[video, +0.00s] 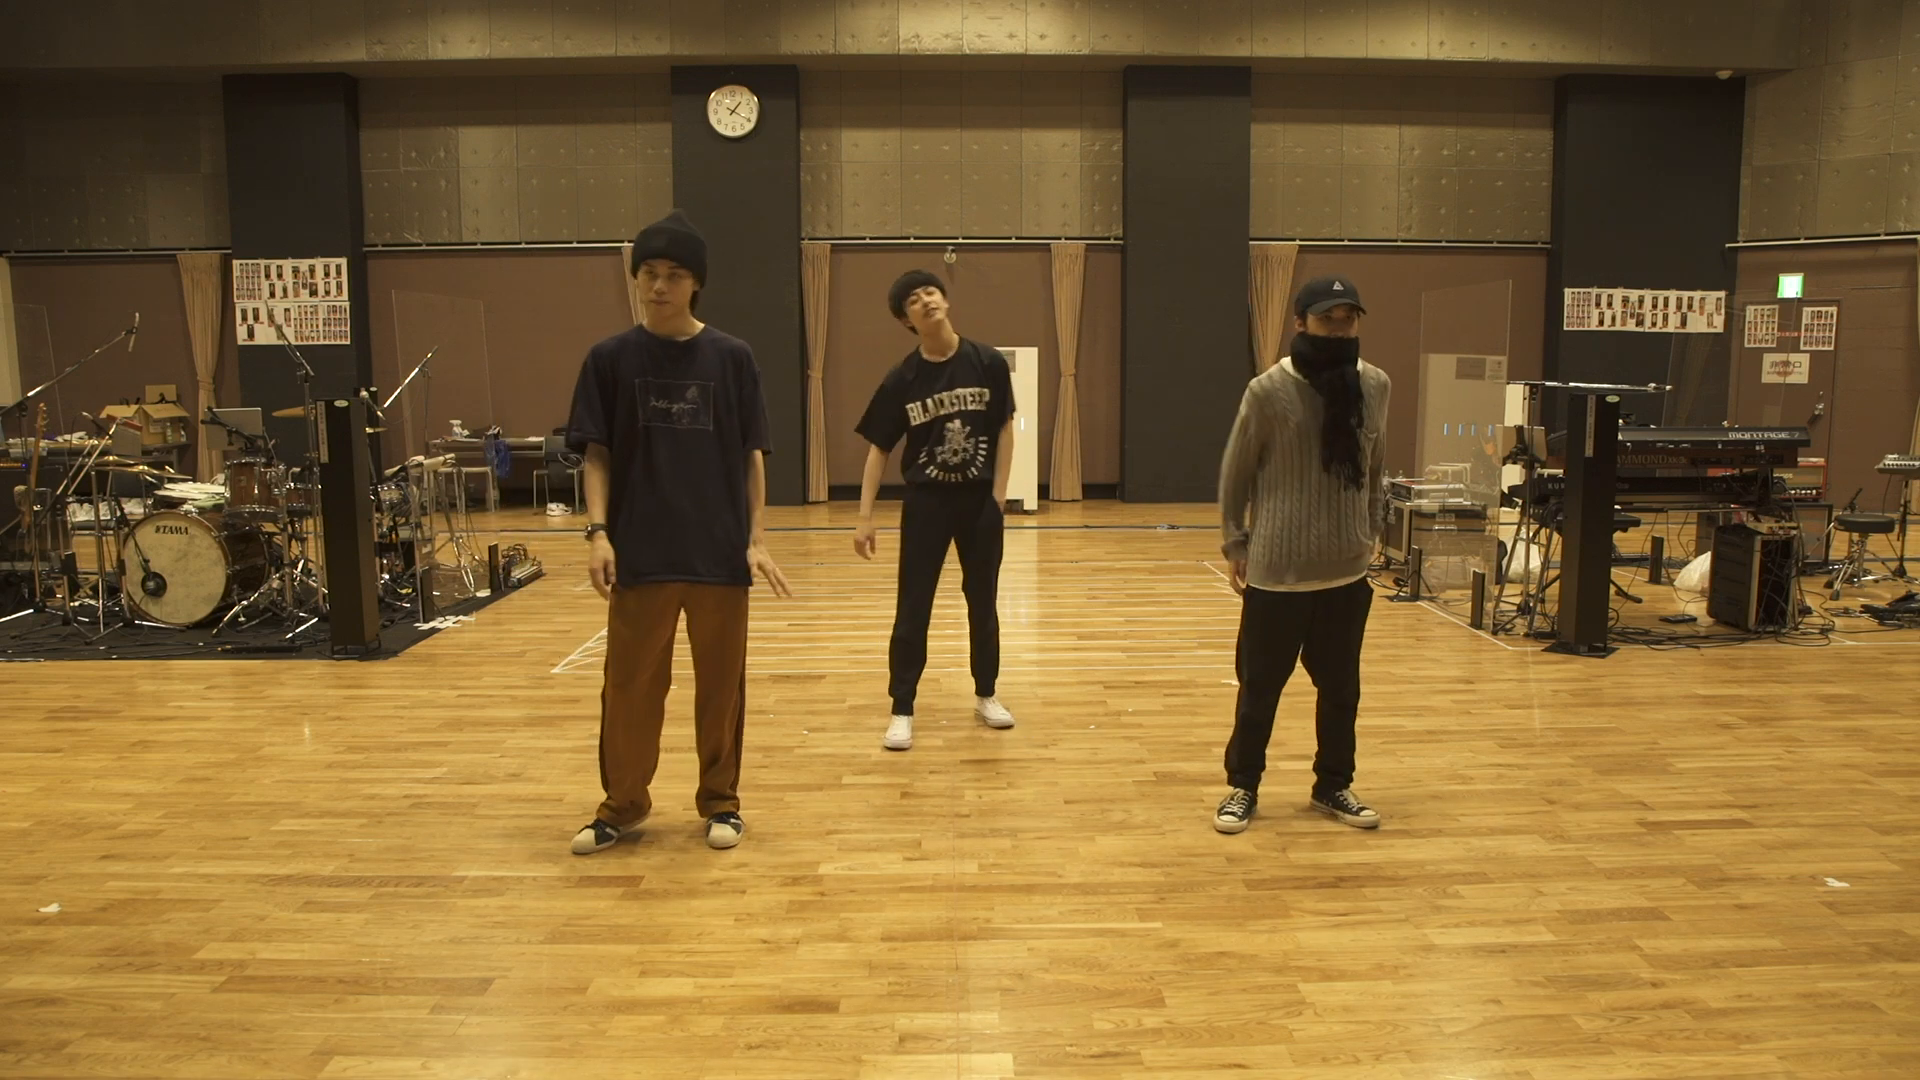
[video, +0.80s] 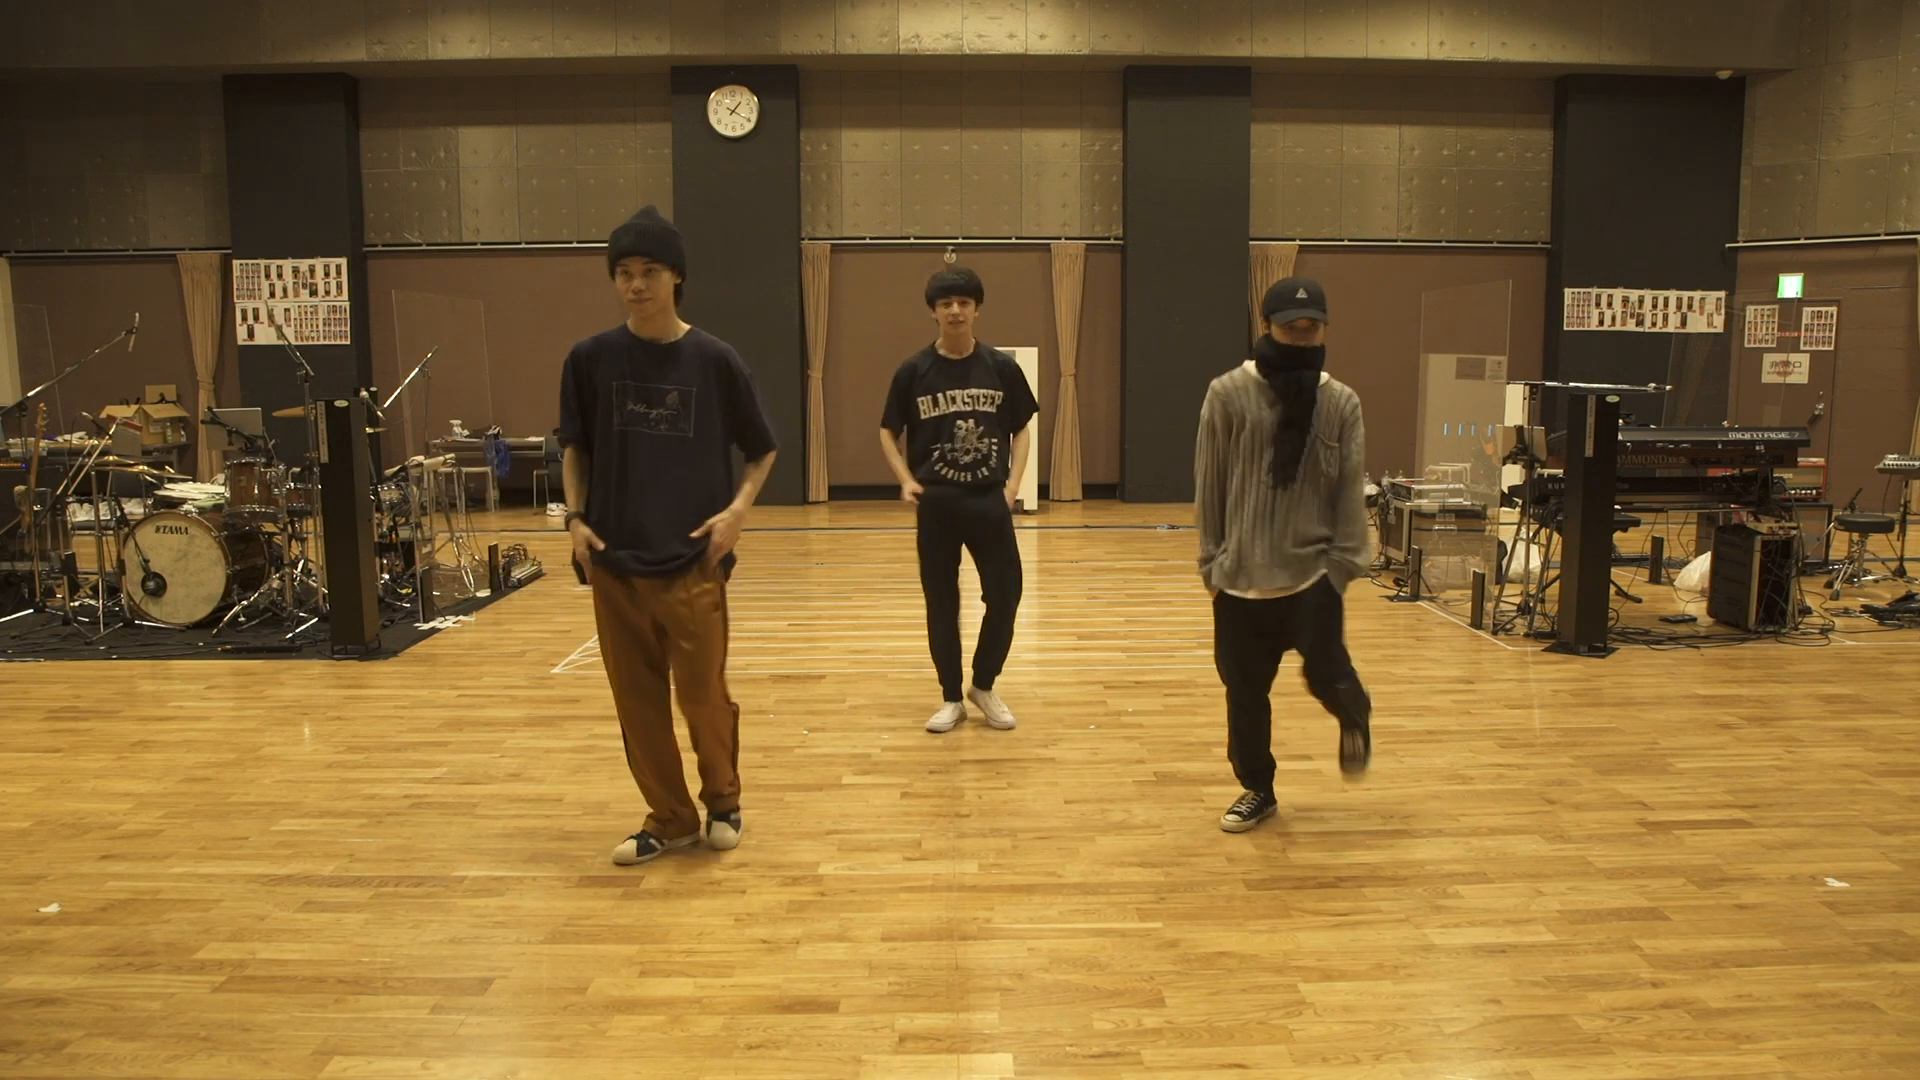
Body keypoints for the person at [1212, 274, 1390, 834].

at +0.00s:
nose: (1342, 326)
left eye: (1350, 316)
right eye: (1329, 316)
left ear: (1360, 322)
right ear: (1302, 322)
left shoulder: (1374, 387)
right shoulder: (1267, 390)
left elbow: (1376, 467)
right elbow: (1236, 469)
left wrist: (1373, 530)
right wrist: (1235, 539)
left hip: (1346, 571)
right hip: (1276, 573)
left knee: (1341, 690)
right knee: (1259, 689)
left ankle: (1333, 788)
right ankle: (1243, 789)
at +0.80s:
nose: (1303, 337)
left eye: (1313, 327)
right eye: (1291, 326)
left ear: (1325, 332)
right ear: (1266, 328)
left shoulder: (1340, 402)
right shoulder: (1226, 393)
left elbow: (1352, 489)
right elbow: (1209, 481)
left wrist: (1342, 563)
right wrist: (1211, 558)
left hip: (1311, 571)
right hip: (1239, 573)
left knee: (1327, 672)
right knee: (1243, 691)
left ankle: (1355, 719)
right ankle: (1257, 790)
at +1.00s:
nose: (1269, 363)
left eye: (1281, 353)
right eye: (1258, 351)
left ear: (1297, 353)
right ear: (1236, 347)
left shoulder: (1320, 415)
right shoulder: (1215, 409)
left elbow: (1367, 486)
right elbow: (1214, 496)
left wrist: (1318, 540)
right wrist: (1219, 565)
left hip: (1306, 558)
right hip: (1243, 566)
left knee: (1258, 643)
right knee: (1218, 686)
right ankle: (1274, 792)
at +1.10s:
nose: (1263, 380)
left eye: (1275, 371)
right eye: (1253, 367)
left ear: (1294, 371)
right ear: (1235, 362)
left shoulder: (1308, 431)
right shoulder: (1226, 415)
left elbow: (1353, 512)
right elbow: (1235, 503)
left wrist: (1298, 569)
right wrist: (1231, 575)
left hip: (1287, 590)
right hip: (1244, 587)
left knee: (1272, 714)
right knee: (1212, 692)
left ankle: (1331, 857)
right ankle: (1277, 803)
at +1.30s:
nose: (1249, 372)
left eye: (1263, 363)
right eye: (1240, 359)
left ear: (1282, 365)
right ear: (1223, 353)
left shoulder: (1299, 421)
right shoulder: (1200, 410)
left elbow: (1338, 500)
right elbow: (1201, 498)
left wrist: (1286, 561)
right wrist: (1209, 568)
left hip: (1281, 578)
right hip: (1225, 579)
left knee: (1287, 695)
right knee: (1213, 703)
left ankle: (1333, 825)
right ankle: (1280, 805)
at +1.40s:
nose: (1251, 350)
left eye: (1265, 340)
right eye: (1241, 336)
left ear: (1281, 340)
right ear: (1222, 329)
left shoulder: (1306, 388)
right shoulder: (1186, 397)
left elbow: (1350, 463)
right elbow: (1178, 480)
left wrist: (1301, 522)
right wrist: (1193, 547)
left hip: (1283, 534)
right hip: (1215, 544)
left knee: (1261, 600)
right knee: (1195, 677)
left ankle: (1313, 722)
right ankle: (1261, 772)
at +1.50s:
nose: (1254, 342)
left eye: (1265, 332)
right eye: (1244, 330)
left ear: (1279, 332)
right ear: (1219, 324)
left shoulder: (1305, 377)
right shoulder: (1189, 398)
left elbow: (1348, 441)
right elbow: (1164, 479)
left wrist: (1305, 504)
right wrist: (1168, 547)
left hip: (1270, 521)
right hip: (1203, 535)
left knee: (1291, 562)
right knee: (1209, 666)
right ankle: (1200, 779)